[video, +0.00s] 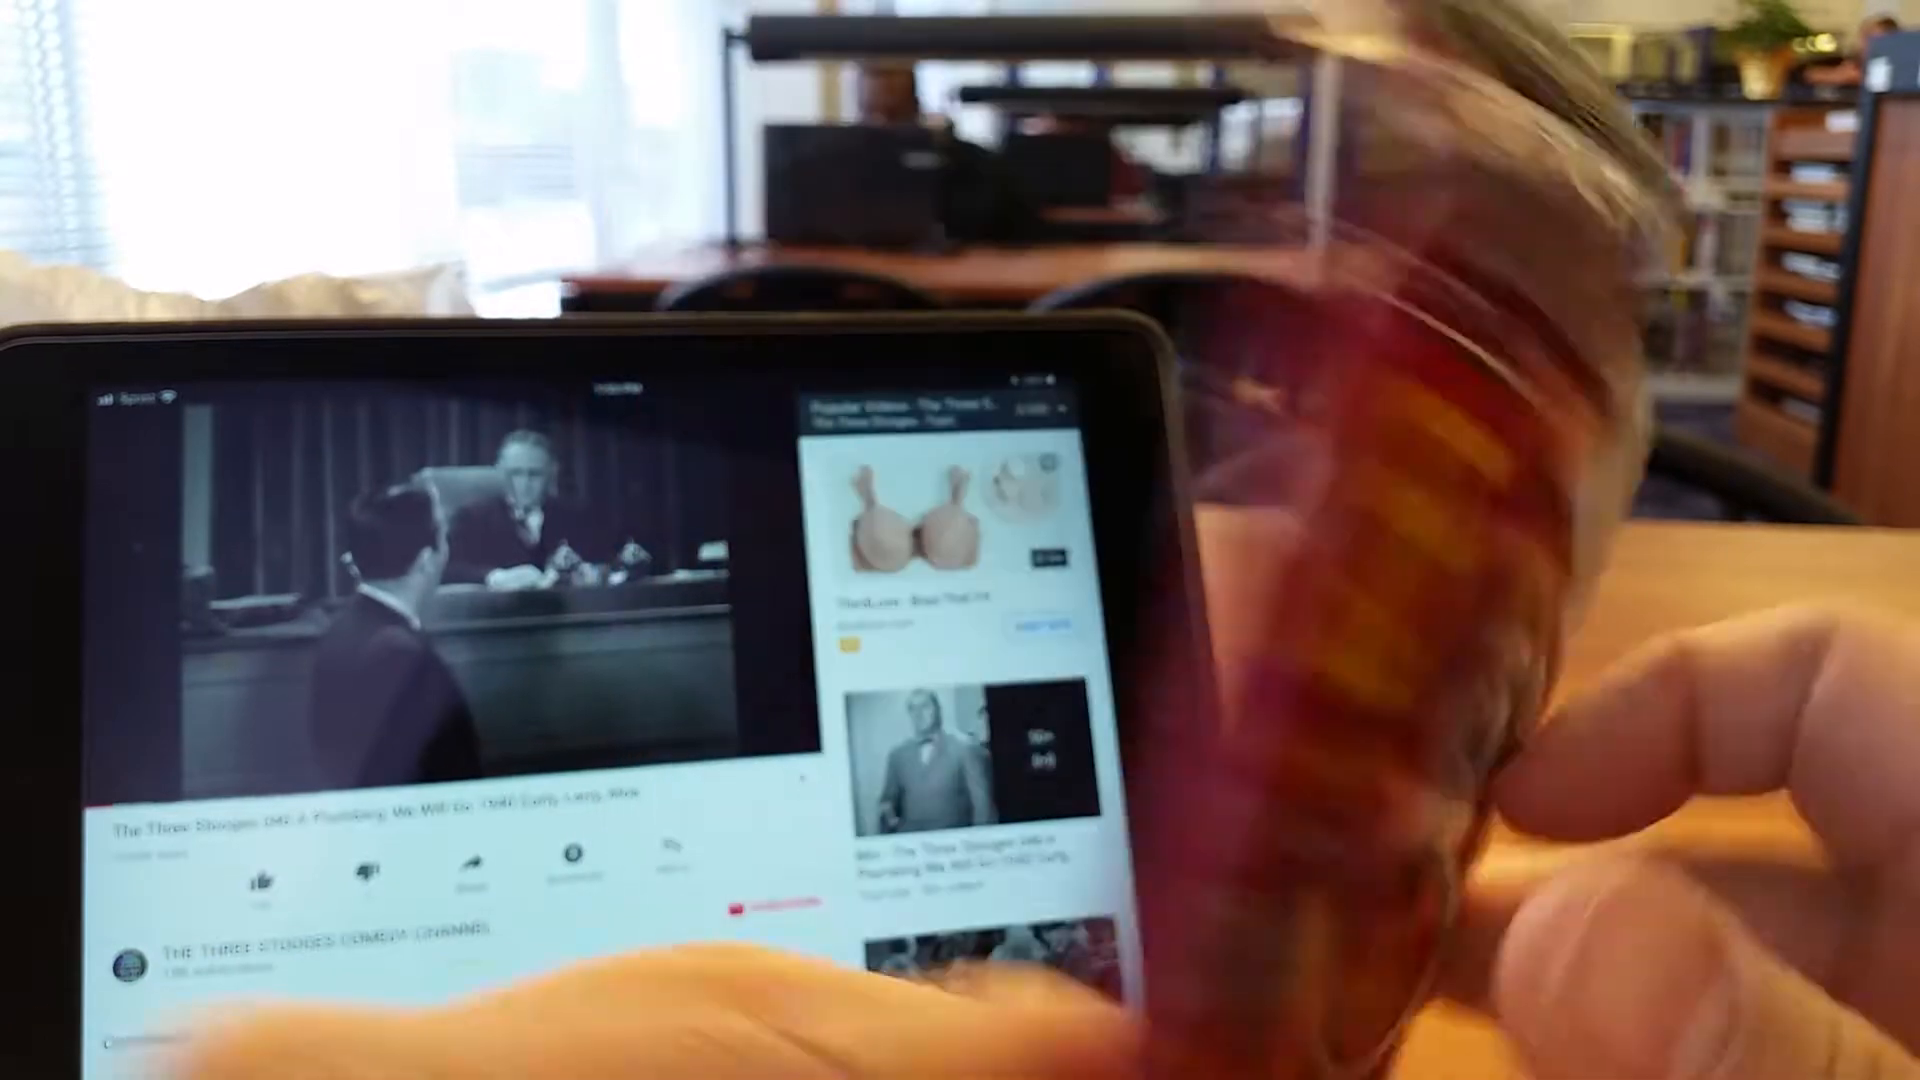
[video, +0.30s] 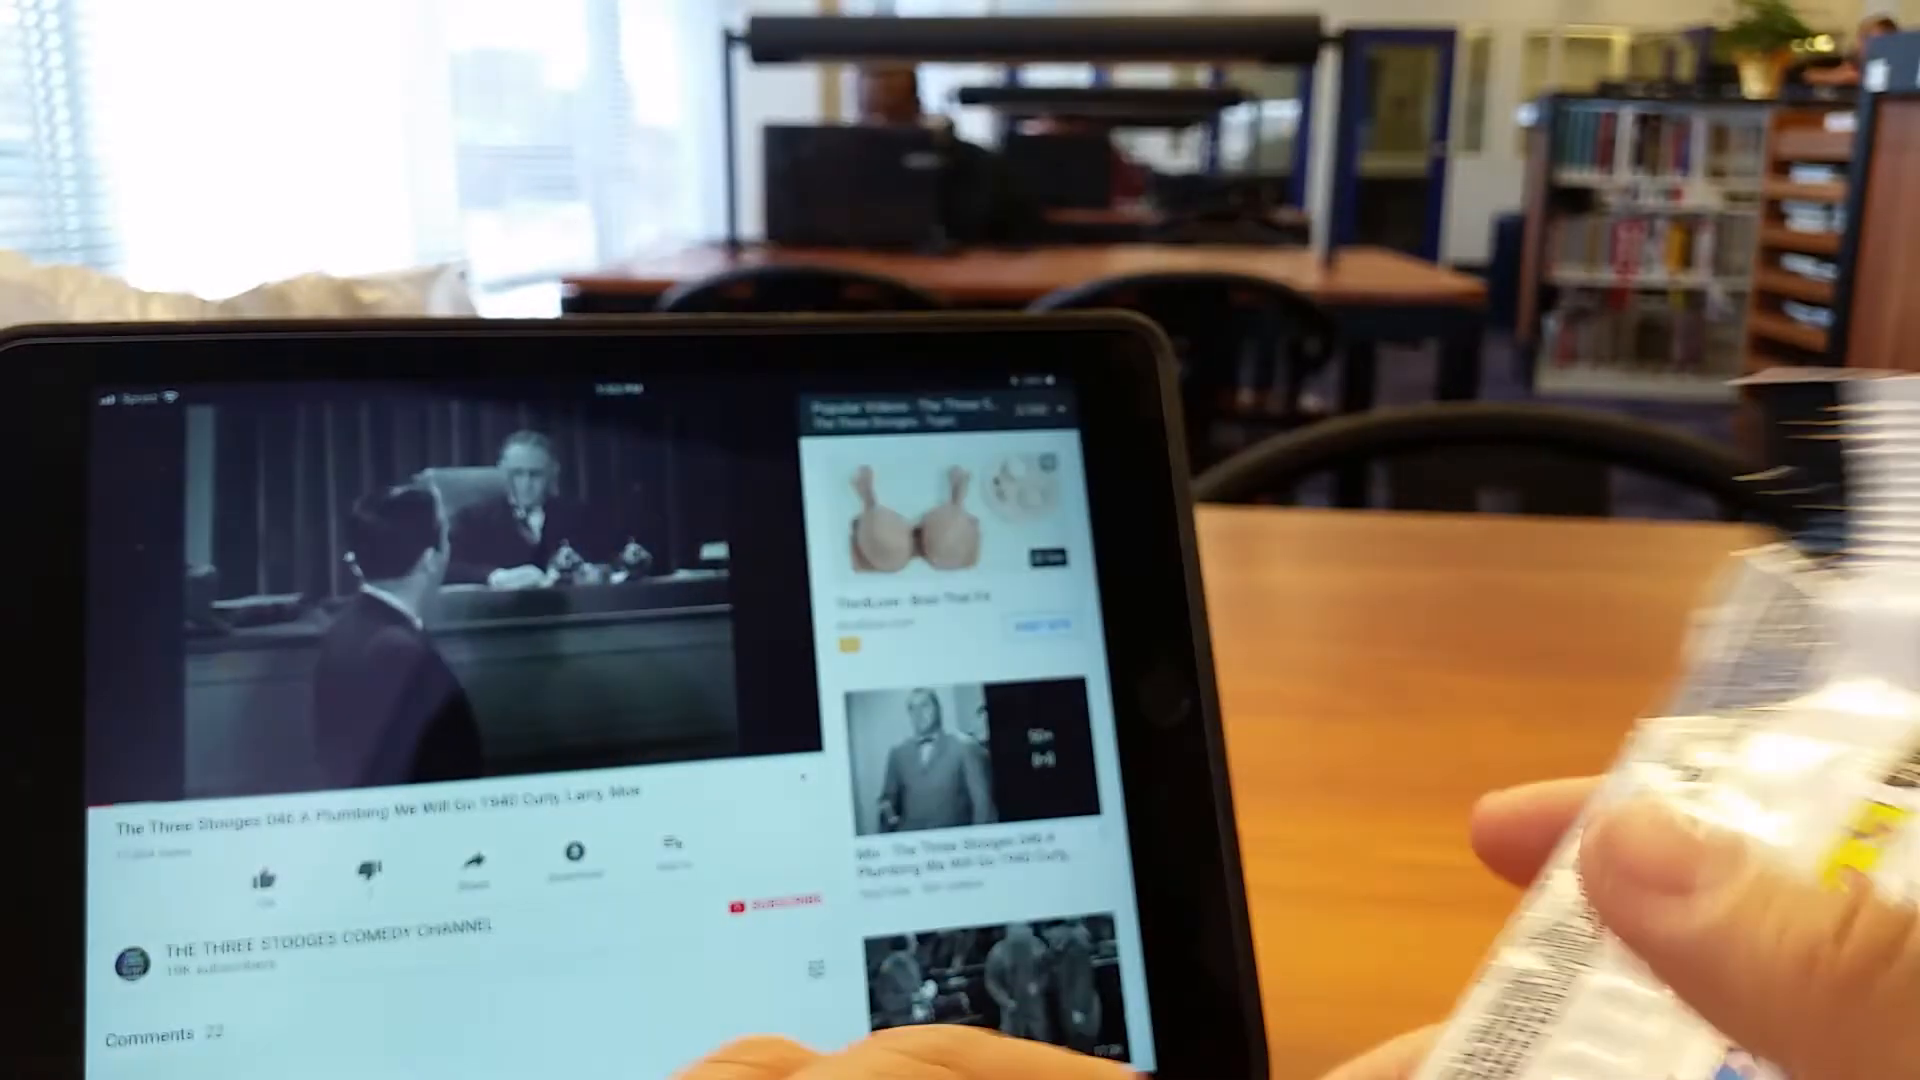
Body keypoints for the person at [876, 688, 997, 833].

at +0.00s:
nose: (920, 714)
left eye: (925, 707)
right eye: (914, 709)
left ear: (937, 710)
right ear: (909, 714)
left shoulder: (962, 750)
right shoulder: (899, 755)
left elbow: (980, 799)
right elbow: (888, 797)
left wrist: (981, 837)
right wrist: (890, 816)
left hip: (954, 837)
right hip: (910, 840)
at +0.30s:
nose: (919, 714)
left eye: (925, 706)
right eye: (913, 708)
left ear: (937, 709)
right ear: (909, 714)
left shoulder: (963, 747)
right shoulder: (899, 754)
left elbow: (981, 801)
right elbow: (888, 796)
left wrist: (979, 840)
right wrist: (889, 814)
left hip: (954, 838)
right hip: (910, 841)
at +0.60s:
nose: (919, 709)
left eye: (925, 703)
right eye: (913, 705)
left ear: (939, 707)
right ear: (909, 711)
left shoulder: (964, 742)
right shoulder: (899, 749)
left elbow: (981, 796)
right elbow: (890, 794)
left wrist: (977, 835)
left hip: (955, 830)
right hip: (910, 834)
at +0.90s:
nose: (918, 709)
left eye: (925, 703)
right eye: (913, 705)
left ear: (939, 706)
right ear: (909, 711)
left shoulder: (964, 742)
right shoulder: (899, 749)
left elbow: (981, 795)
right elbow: (891, 793)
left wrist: (978, 834)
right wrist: (889, 801)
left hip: (956, 832)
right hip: (910, 835)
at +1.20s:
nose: (919, 709)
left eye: (925, 703)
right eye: (913, 705)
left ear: (939, 706)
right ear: (909, 711)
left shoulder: (964, 742)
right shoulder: (899, 749)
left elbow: (981, 795)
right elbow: (891, 793)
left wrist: (979, 835)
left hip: (956, 831)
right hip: (910, 836)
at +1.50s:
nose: (919, 709)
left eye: (925, 703)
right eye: (913, 705)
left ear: (939, 706)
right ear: (909, 711)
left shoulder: (964, 742)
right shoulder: (899, 748)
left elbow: (981, 795)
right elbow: (891, 794)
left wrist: (979, 835)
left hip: (956, 831)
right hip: (910, 835)